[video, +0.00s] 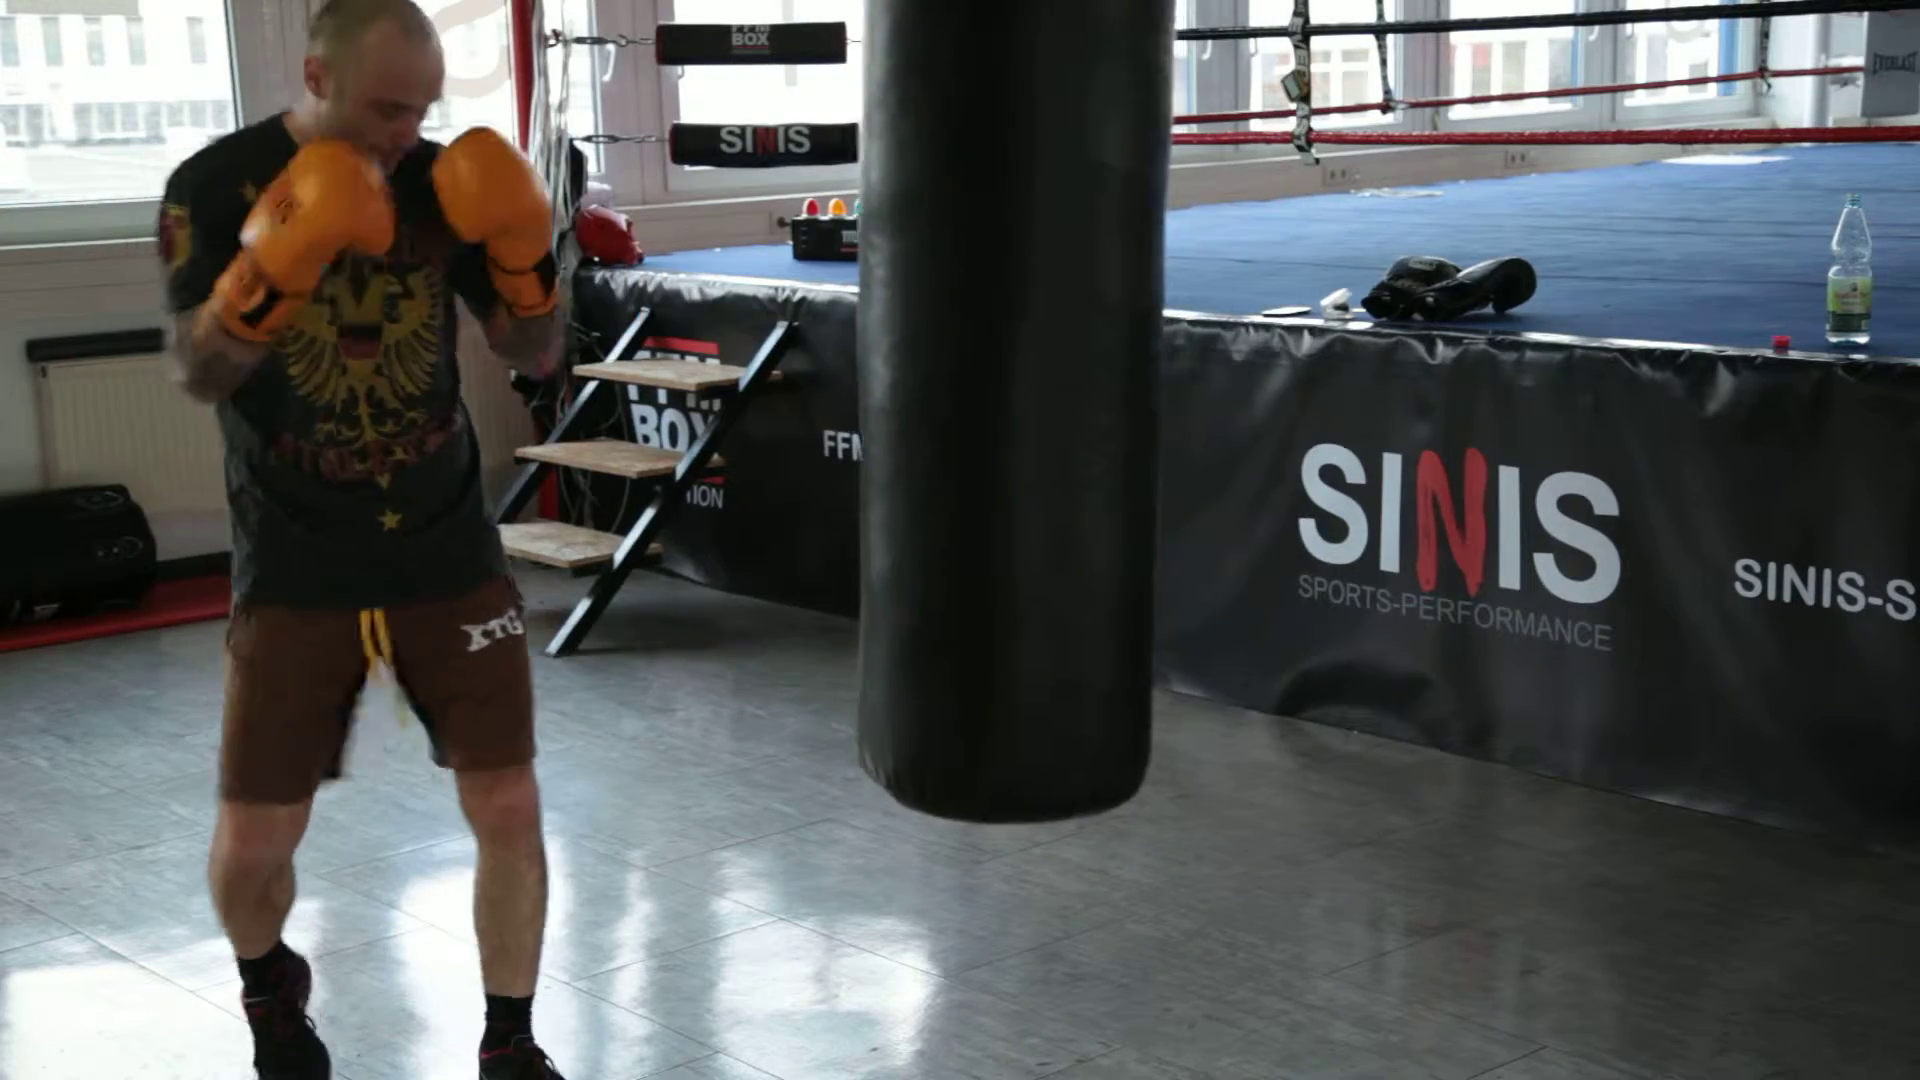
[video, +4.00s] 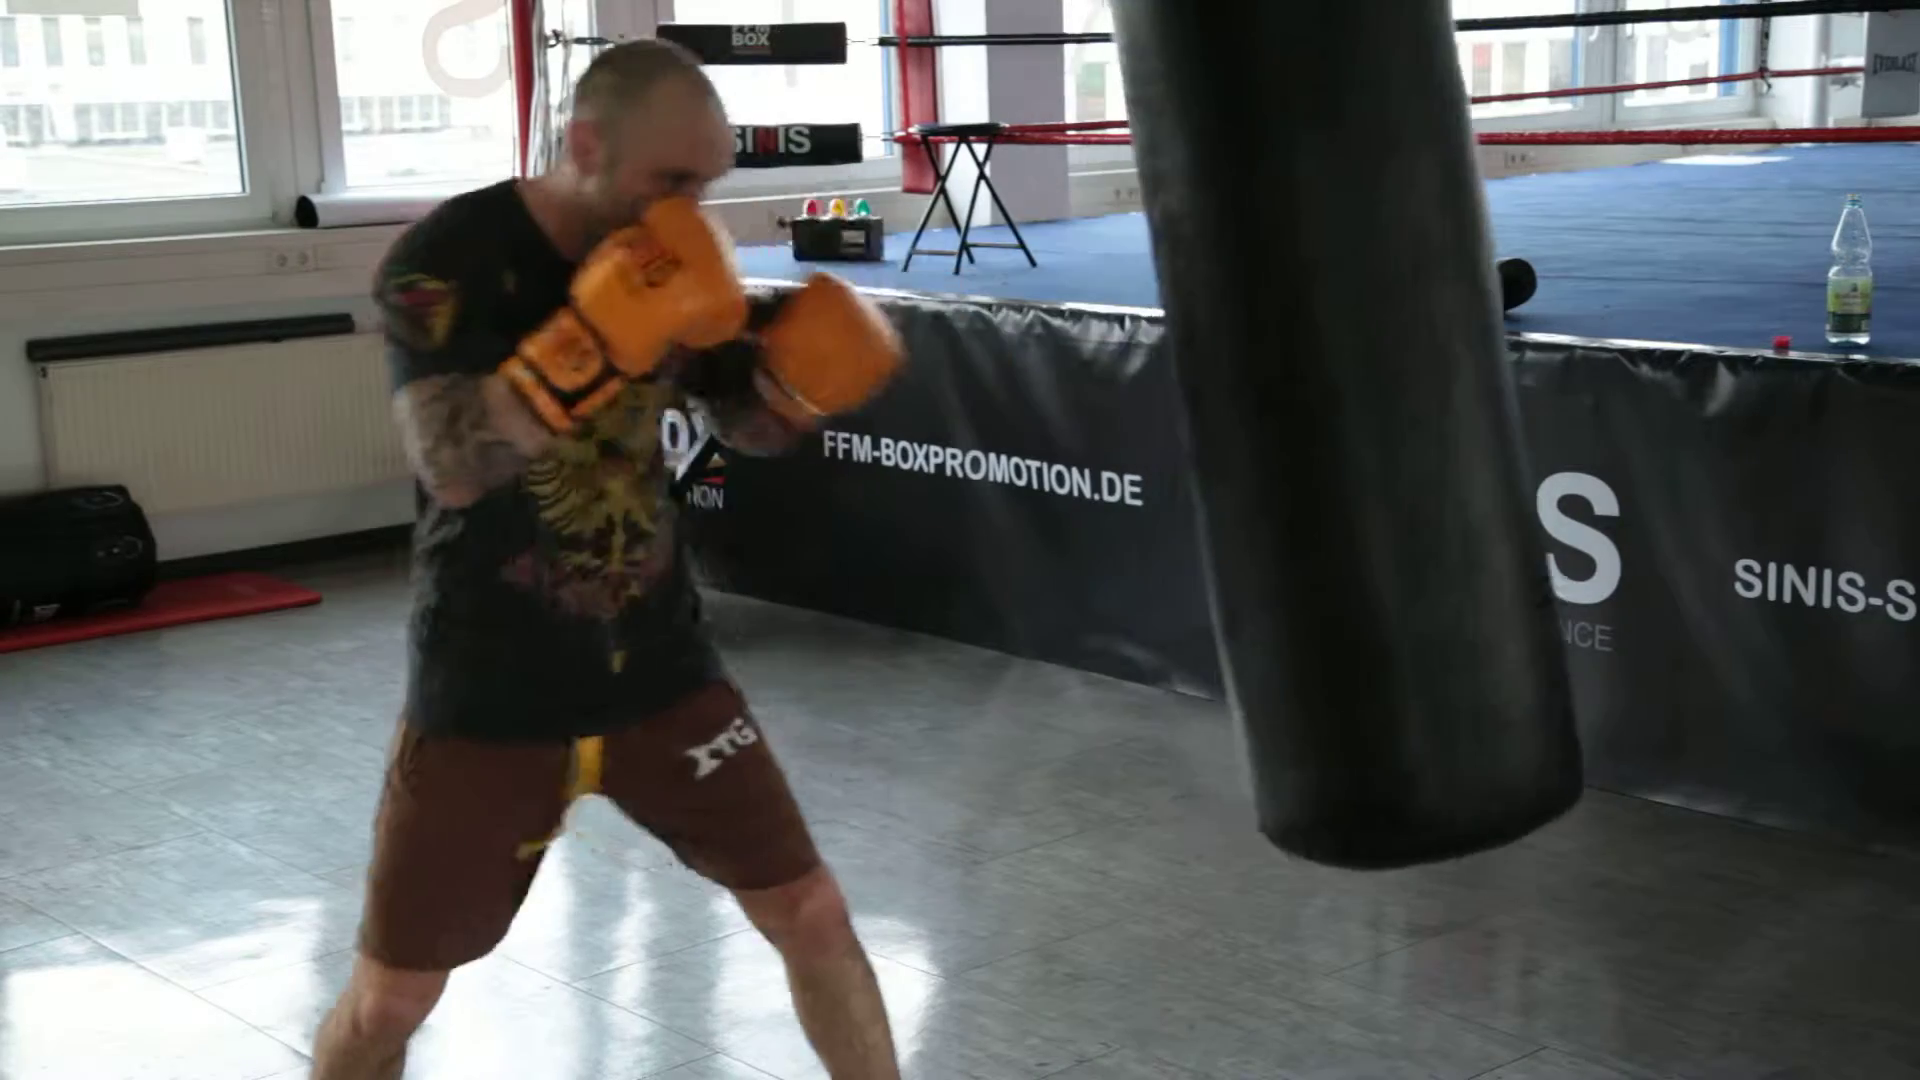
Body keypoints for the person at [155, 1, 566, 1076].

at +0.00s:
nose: (405, 132)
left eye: (422, 111)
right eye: (384, 110)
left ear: (437, 86)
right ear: (316, 75)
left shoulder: (445, 181)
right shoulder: (218, 187)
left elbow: (537, 355)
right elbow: (200, 378)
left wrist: (526, 256)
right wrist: (267, 273)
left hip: (445, 544)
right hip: (294, 558)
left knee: (510, 808)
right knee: (250, 854)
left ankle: (512, 1047)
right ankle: (273, 998)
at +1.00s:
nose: (559, 173)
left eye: (574, 150)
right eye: (541, 143)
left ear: (582, 144)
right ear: (475, 118)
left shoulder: (535, 234)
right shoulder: (332, 202)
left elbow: (534, 422)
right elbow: (306, 388)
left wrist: (603, 337)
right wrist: (441, 279)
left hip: (479, 571)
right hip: (338, 585)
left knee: (593, 812)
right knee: (274, 873)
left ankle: (639, 1058)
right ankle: (164, 1057)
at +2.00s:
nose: (442, 157)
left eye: (455, 130)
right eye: (417, 131)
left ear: (469, 113)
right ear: (339, 105)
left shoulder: (485, 214)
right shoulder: (244, 231)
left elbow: (575, 403)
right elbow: (238, 438)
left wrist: (565, 327)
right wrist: (327, 326)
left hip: (484, 596)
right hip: (317, 617)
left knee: (622, 833)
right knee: (239, 902)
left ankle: (647, 1059)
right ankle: (192, 1078)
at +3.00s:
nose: (605, 149)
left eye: (617, 124)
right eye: (584, 123)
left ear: (625, 112)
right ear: (503, 94)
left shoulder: (607, 227)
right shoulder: (380, 219)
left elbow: (704, 407)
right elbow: (391, 415)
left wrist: (737, 341)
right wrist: (530, 301)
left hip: (597, 624)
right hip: (434, 637)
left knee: (717, 888)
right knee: (360, 951)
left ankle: (712, 1071)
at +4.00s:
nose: (686, 212)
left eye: (700, 188)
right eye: (671, 183)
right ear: (587, 148)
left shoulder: (662, 259)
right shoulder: (440, 264)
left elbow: (744, 425)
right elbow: (450, 465)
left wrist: (803, 387)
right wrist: (595, 337)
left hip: (655, 665)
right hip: (493, 683)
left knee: (809, 911)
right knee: (392, 997)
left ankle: (879, 1079)